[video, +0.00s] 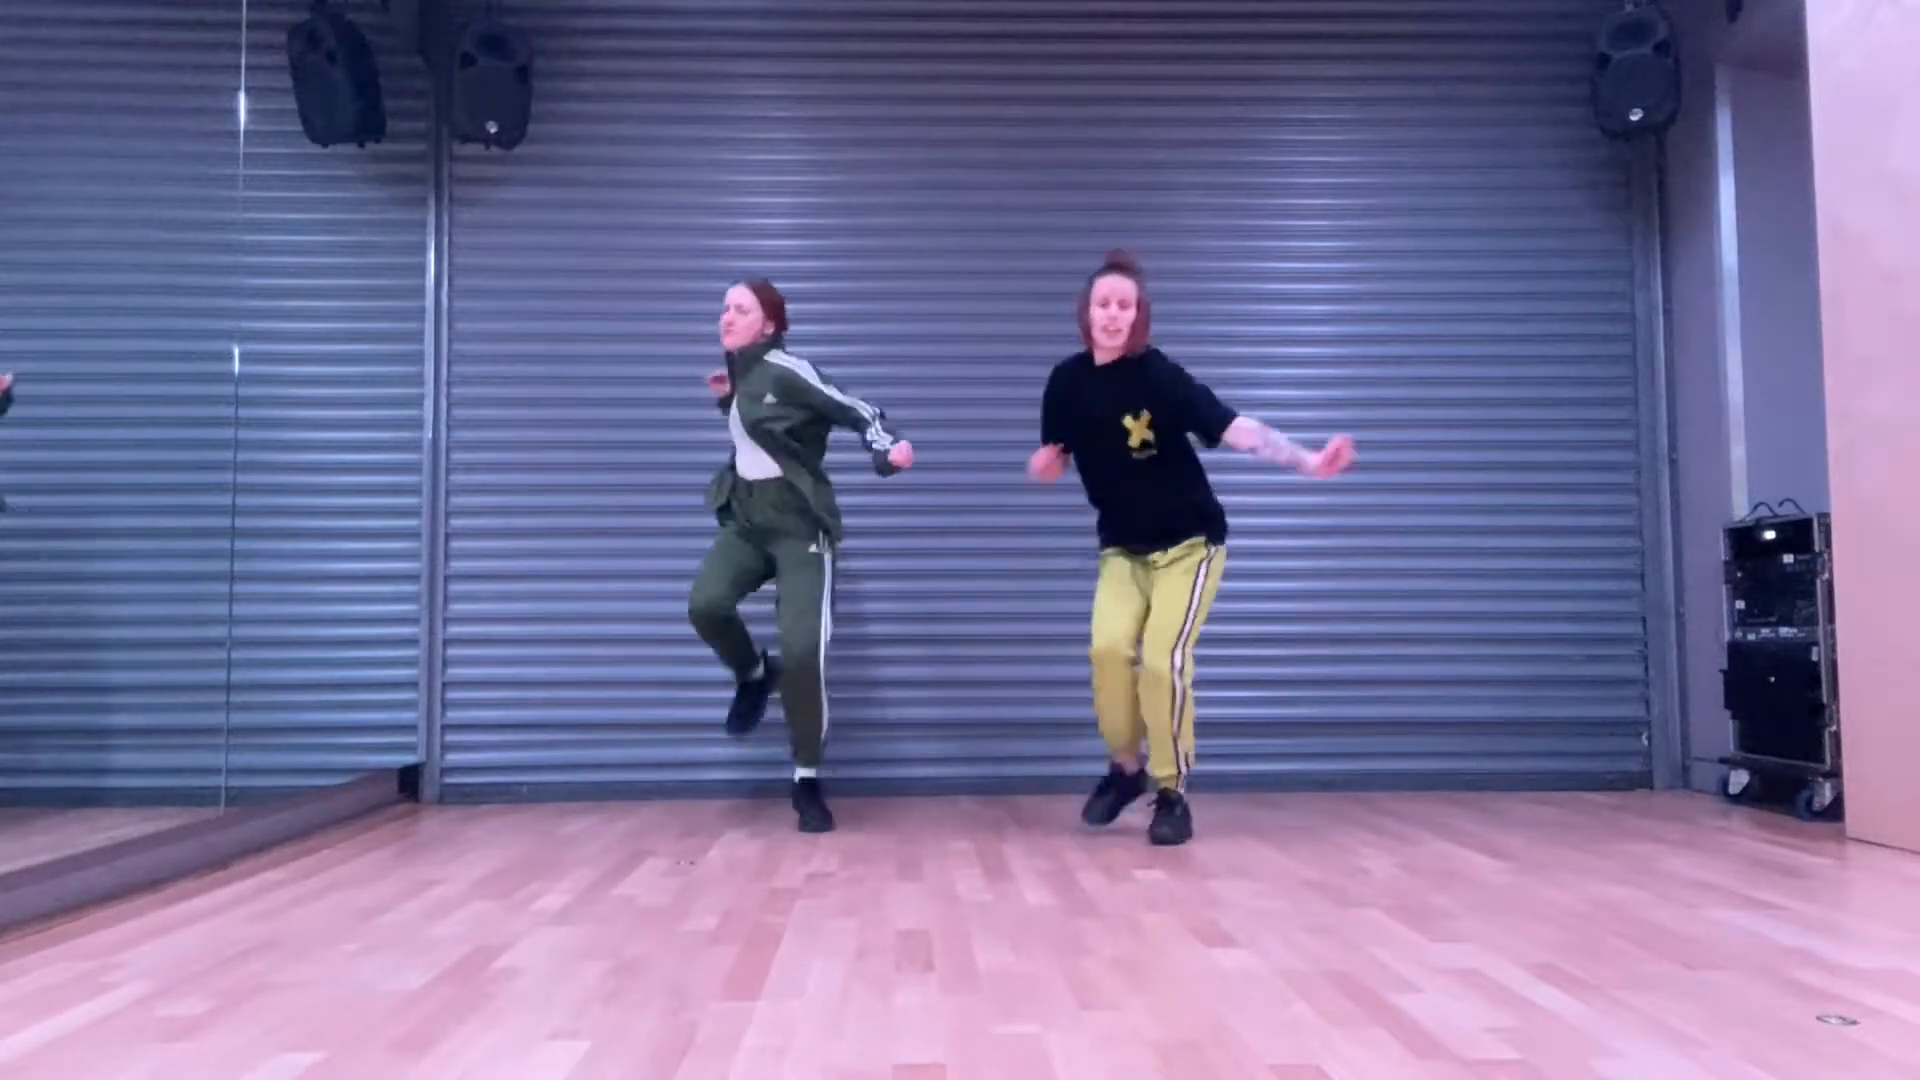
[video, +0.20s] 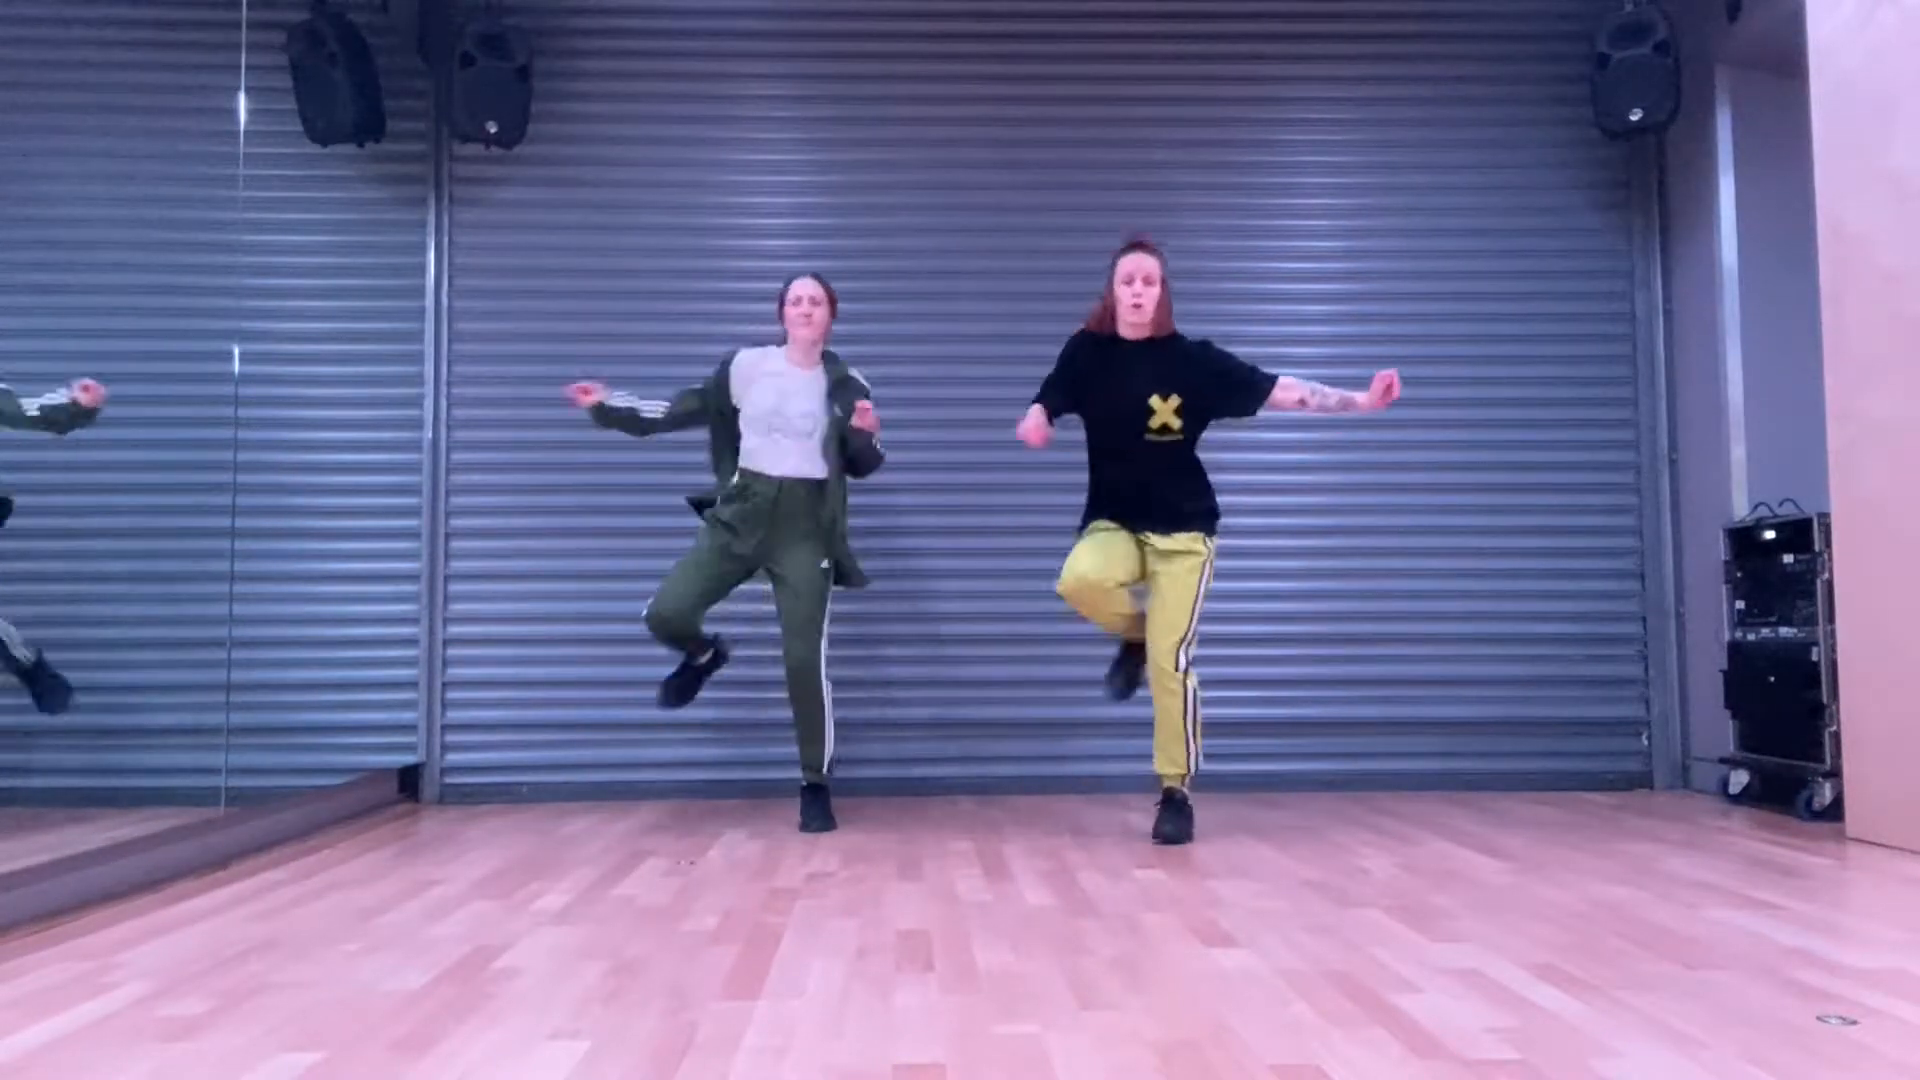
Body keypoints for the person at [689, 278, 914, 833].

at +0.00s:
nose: (725, 319)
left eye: (738, 311)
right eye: (725, 310)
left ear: (769, 325)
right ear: (729, 322)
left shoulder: (786, 372)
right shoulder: (740, 374)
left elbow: (857, 412)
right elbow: (756, 423)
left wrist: (884, 446)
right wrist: (729, 397)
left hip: (799, 525)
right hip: (746, 520)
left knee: (802, 655)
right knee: (706, 607)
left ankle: (806, 778)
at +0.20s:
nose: (805, 309)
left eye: (815, 302)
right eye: (796, 301)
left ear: (831, 317)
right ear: (781, 314)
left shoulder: (846, 384)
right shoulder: (742, 367)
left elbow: (861, 467)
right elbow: (668, 414)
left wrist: (865, 438)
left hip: (808, 521)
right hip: (740, 513)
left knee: (803, 661)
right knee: (666, 615)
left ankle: (815, 786)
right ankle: (704, 655)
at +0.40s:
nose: (774, 320)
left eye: (784, 311)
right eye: (767, 313)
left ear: (807, 322)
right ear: (759, 323)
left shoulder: (831, 381)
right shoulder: (745, 372)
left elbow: (824, 442)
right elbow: (739, 392)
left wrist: (758, 433)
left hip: (795, 528)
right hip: (735, 521)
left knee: (797, 668)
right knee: (666, 644)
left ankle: (808, 790)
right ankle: (617, 776)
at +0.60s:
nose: (735, 340)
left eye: (745, 331)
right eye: (726, 332)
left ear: (767, 339)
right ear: (715, 338)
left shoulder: (787, 375)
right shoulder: (702, 374)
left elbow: (789, 390)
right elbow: (753, 383)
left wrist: (747, 414)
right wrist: (810, 364)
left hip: (761, 544)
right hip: (696, 541)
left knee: (797, 643)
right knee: (699, 665)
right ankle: (703, 793)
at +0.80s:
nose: (714, 330)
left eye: (726, 321)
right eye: (706, 321)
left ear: (746, 332)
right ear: (694, 331)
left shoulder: (772, 394)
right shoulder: (664, 386)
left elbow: (823, 455)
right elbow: (596, 431)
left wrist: (891, 463)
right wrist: (623, 406)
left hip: (742, 549)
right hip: (678, 545)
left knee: (725, 679)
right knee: (693, 669)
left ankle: (628, 705)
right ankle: (704, 795)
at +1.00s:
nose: (697, 332)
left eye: (706, 323)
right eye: (687, 324)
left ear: (725, 332)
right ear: (676, 333)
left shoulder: (750, 400)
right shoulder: (647, 396)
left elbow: (799, 446)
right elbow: (560, 409)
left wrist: (847, 400)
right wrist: (612, 390)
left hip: (721, 545)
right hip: (658, 537)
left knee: (670, 670)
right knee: (667, 668)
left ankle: (609, 777)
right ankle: (701, 793)